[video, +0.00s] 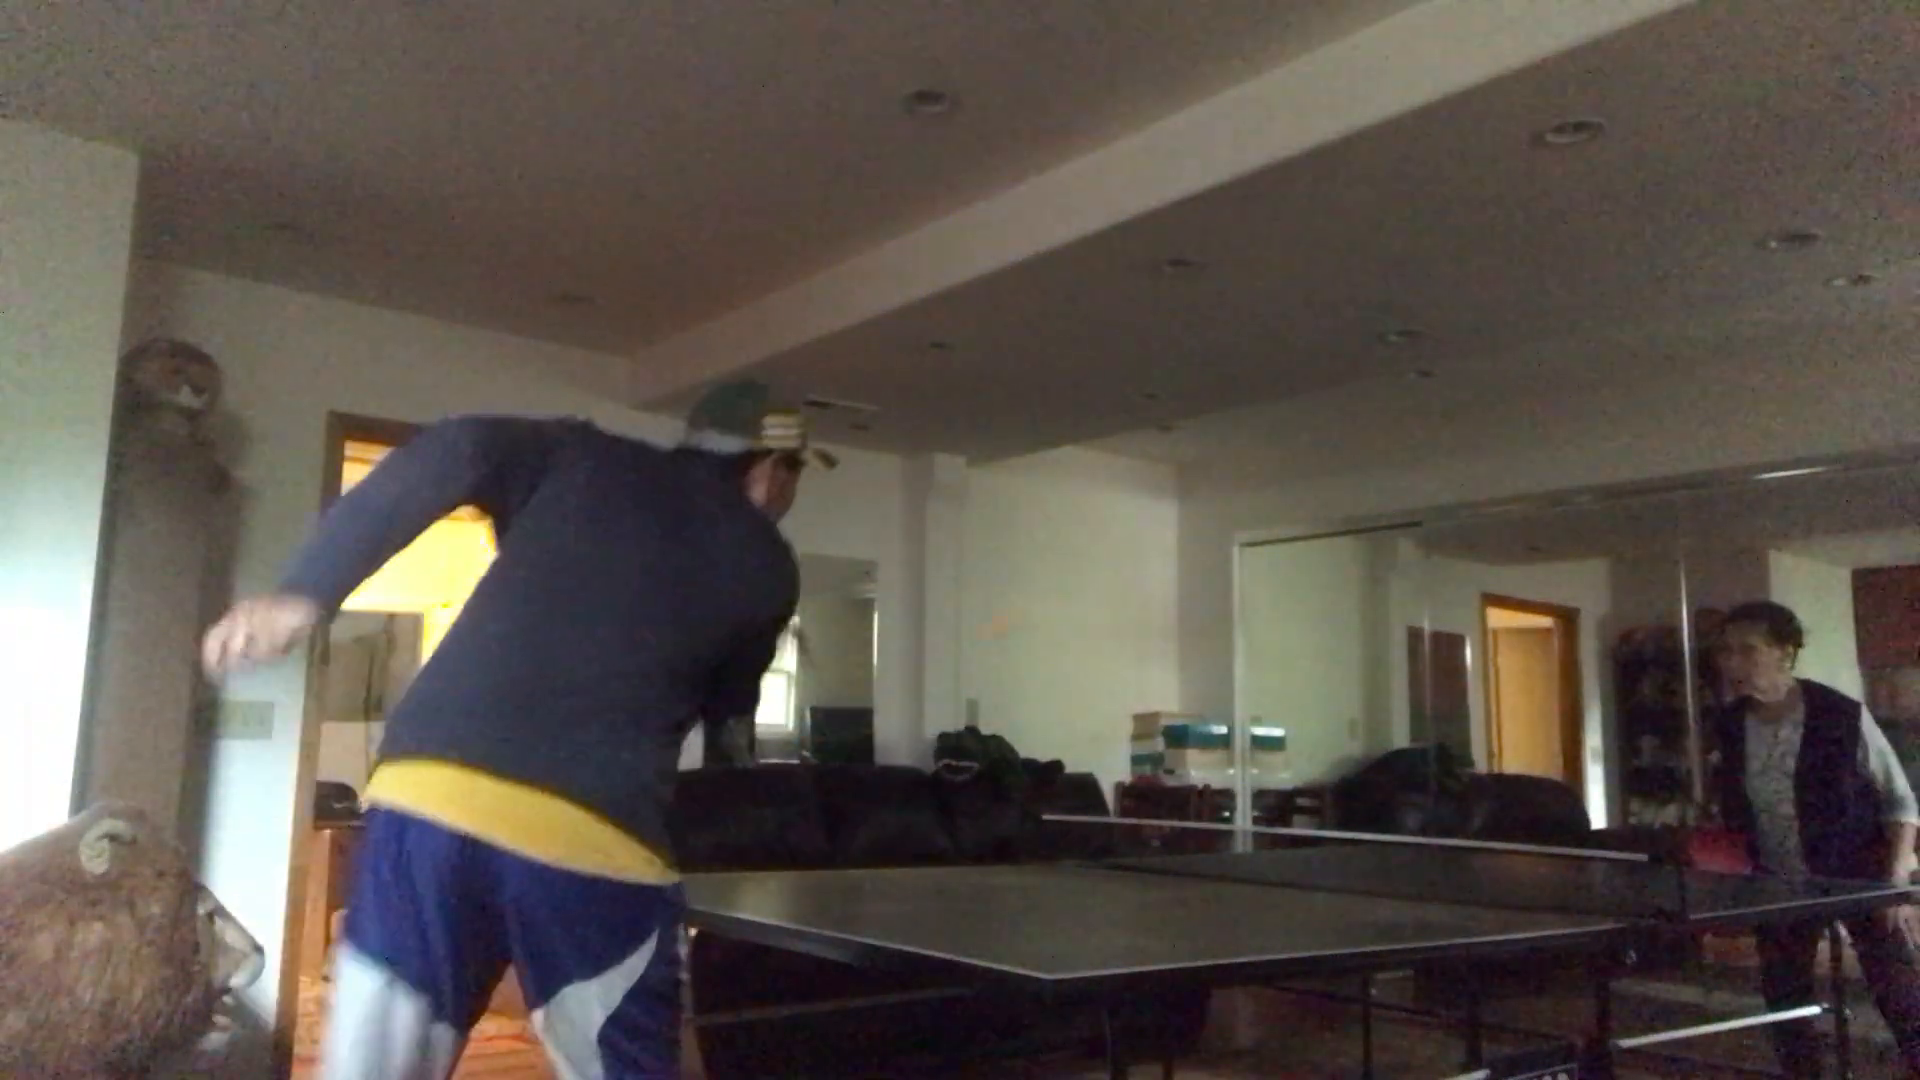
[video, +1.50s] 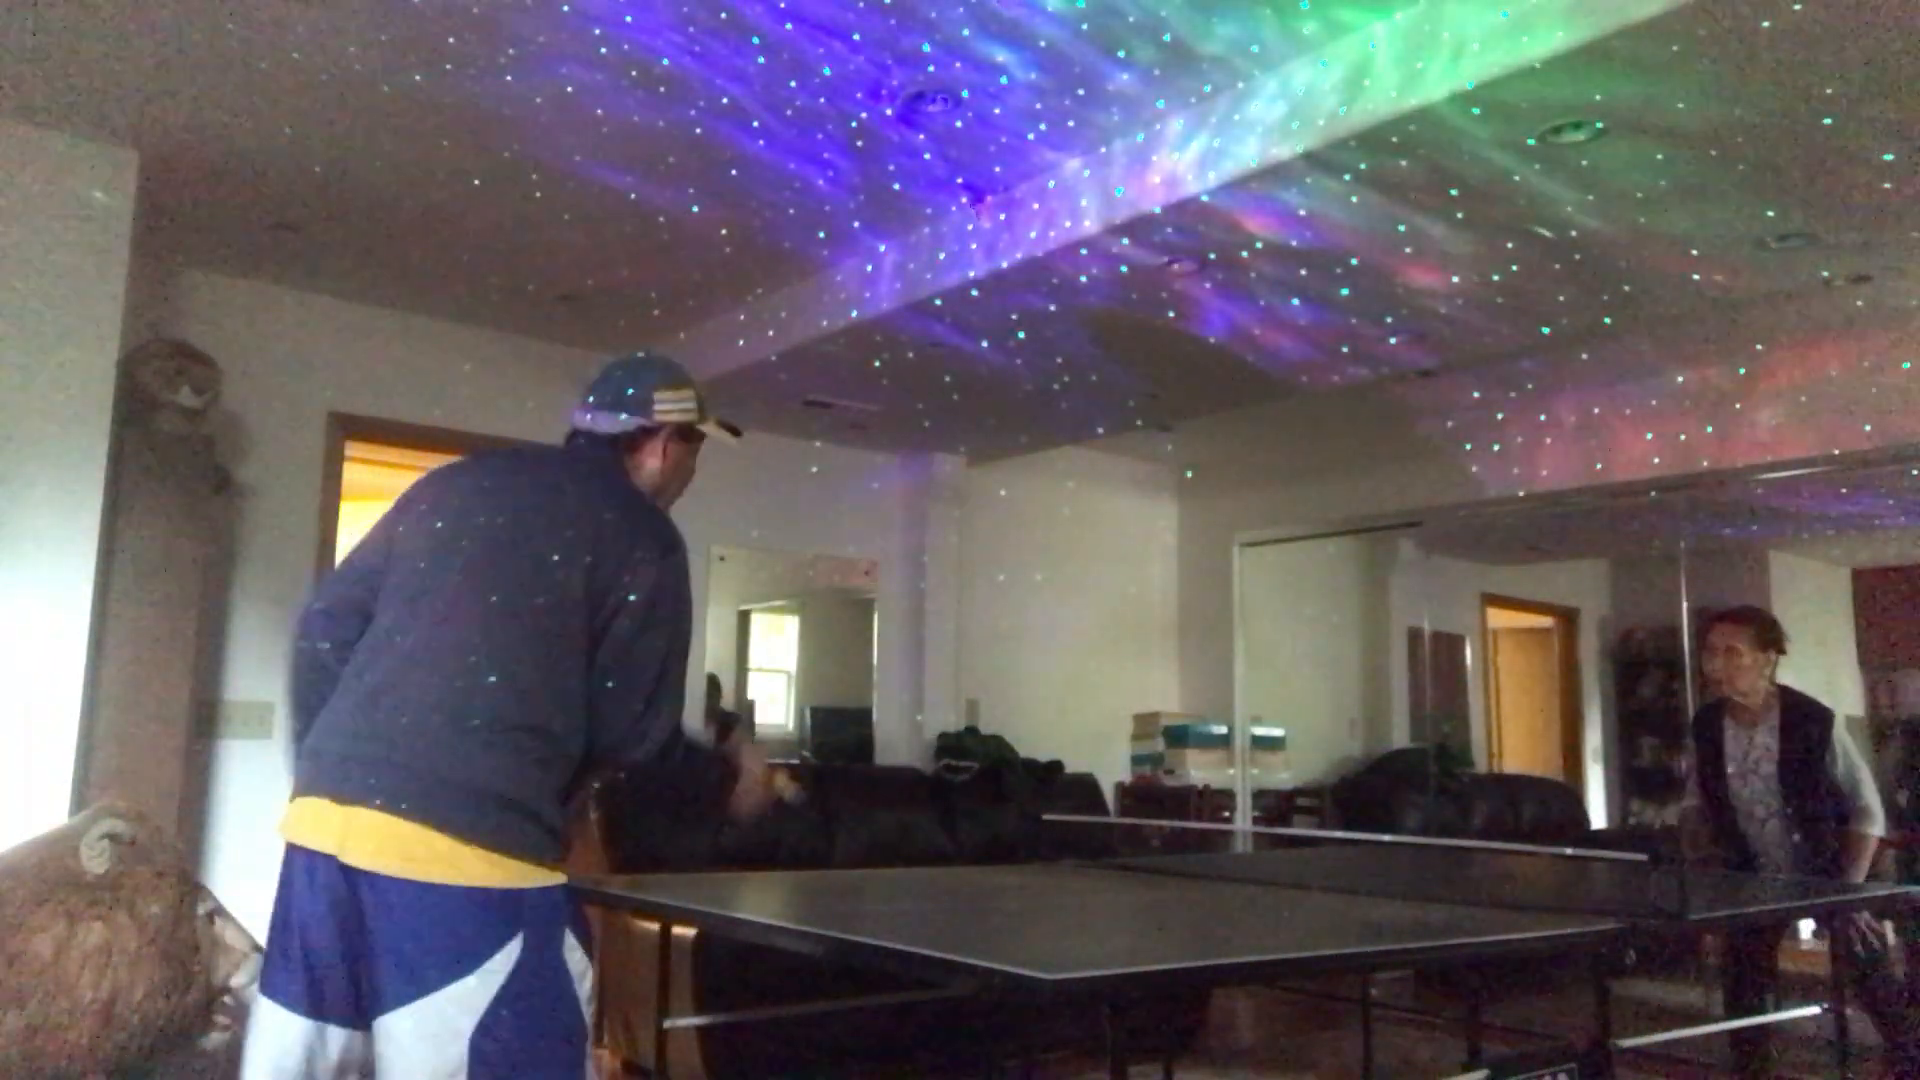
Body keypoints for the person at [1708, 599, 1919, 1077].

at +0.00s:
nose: (1733, 663)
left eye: (1745, 649)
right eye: (1728, 651)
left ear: (1784, 653)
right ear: (1722, 660)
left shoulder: (1842, 715)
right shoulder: (1729, 726)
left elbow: (1901, 802)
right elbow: (1728, 814)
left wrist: (1899, 885)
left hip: (1855, 877)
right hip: (1777, 884)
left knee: (1901, 995)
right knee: (1784, 1006)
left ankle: (1916, 1061)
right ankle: (1802, 1072)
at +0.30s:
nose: (1719, 666)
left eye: (1732, 651)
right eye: (1715, 654)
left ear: (1774, 656)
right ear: (1711, 664)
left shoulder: (1830, 719)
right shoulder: (1730, 727)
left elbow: (1900, 806)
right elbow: (1729, 806)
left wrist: (1880, 888)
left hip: (1849, 875)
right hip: (1778, 877)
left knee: (1896, 984)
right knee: (1753, 977)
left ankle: (1915, 1060)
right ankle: (1769, 1070)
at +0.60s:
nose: (1666, 675)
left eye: (1674, 660)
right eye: (1662, 663)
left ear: (1710, 653)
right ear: (1707, 657)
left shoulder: (1778, 716)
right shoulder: (1703, 721)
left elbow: (1833, 811)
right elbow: (1713, 809)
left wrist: (1805, 893)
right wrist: (1728, 882)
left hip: (1802, 875)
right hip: (1744, 878)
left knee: (1854, 992)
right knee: (1739, 987)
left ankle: (1903, 1067)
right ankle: (1753, 1068)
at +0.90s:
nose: (1675, 653)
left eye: (1684, 640)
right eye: (1675, 642)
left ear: (1722, 644)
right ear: (1714, 647)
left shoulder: (1788, 711)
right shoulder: (1694, 711)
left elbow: (1839, 803)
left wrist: (1812, 889)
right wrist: (1596, 724)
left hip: (1797, 875)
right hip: (1732, 880)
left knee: (1855, 990)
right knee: (1738, 992)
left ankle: (1902, 1068)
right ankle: (1748, 1070)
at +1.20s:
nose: (1713, 652)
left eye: (1729, 640)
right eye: (1710, 640)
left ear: (1768, 648)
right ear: (1705, 647)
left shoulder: (1811, 717)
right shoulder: (1703, 714)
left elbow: (1854, 814)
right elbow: (1671, 781)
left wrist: (1831, 894)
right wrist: (1651, 790)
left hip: (1809, 870)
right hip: (1736, 874)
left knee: (1860, 981)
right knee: (1743, 991)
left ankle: (1901, 1063)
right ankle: (1751, 1072)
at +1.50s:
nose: (1717, 666)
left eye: (1732, 653)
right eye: (1711, 654)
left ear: (1770, 659)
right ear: (1703, 661)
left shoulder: (1814, 720)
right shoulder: (1706, 725)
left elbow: (1868, 812)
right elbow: (1697, 811)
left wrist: (1846, 895)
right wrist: (1709, 881)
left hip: (1824, 875)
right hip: (1754, 880)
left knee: (1868, 954)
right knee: (1744, 960)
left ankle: (1905, 1052)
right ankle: (1748, 1061)